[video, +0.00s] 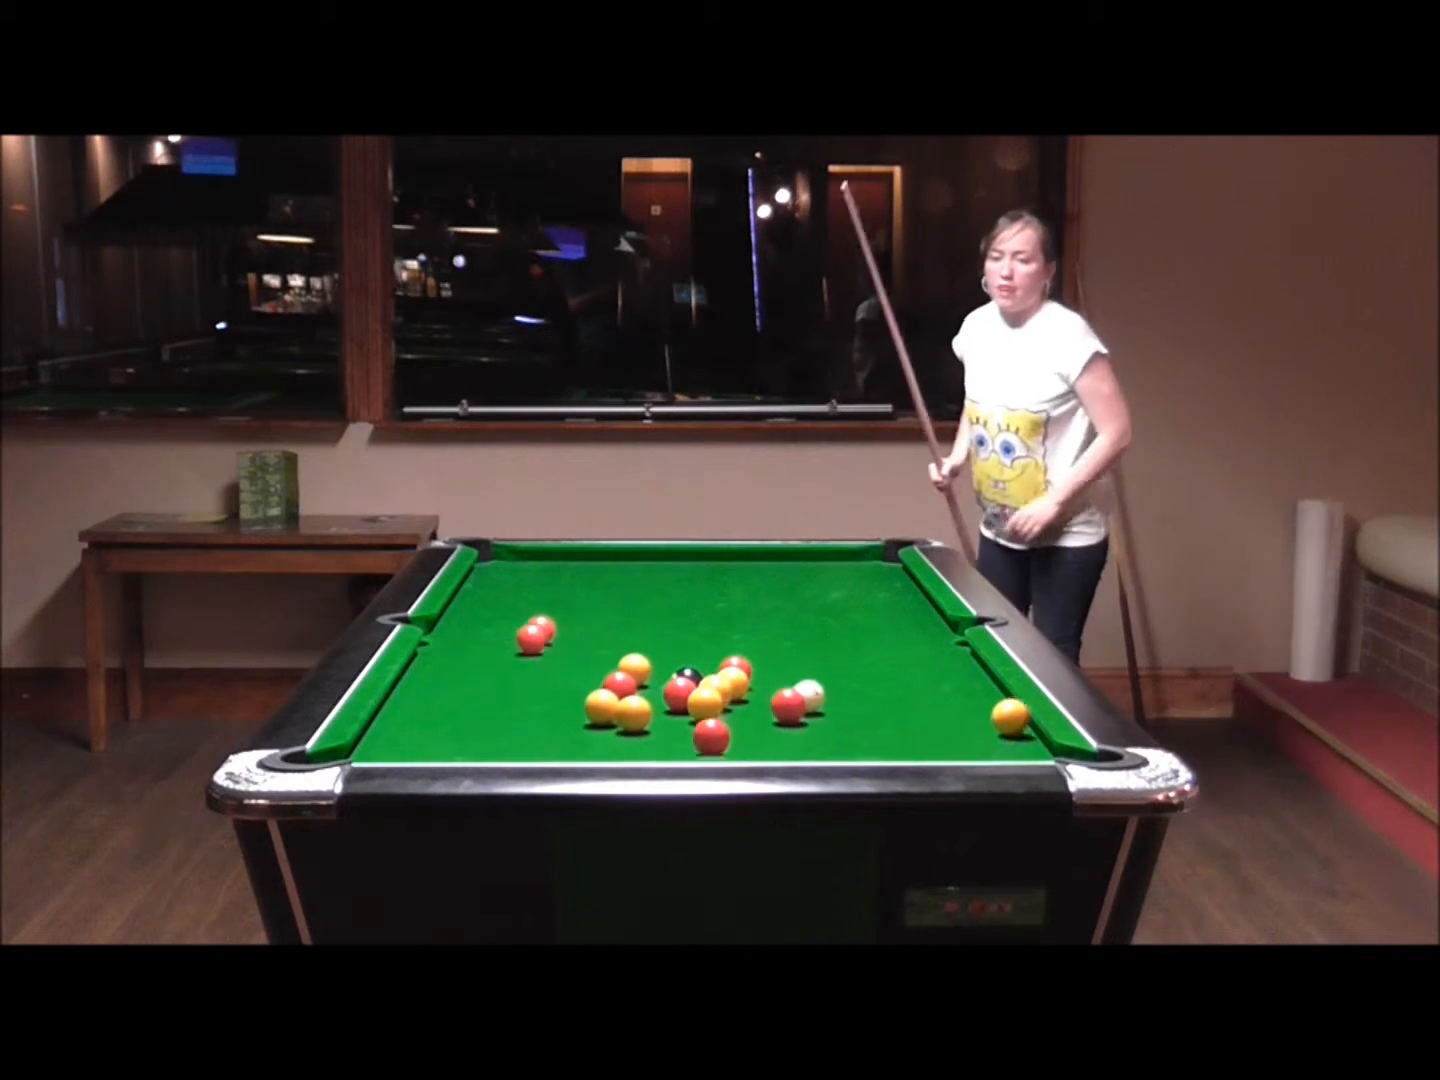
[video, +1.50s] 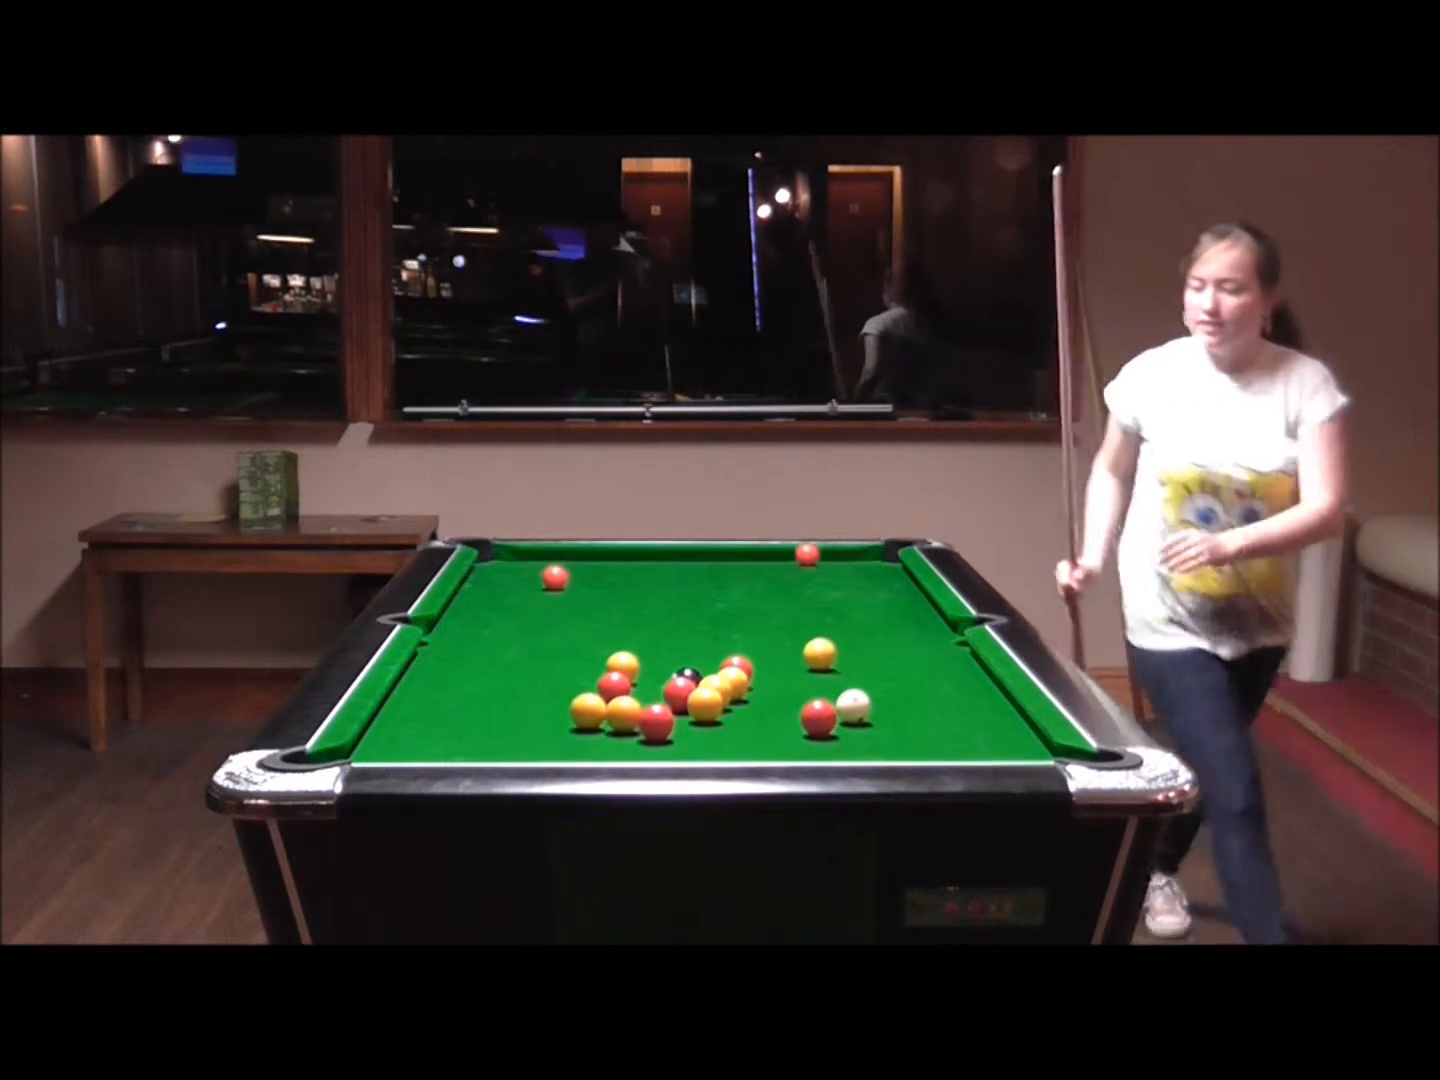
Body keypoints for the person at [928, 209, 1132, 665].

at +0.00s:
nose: (1006, 271)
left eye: (1022, 259)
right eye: (997, 257)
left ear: (1047, 273)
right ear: (984, 268)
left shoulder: (1069, 335)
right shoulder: (976, 327)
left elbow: (1117, 431)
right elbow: (974, 405)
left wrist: (1054, 502)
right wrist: (958, 456)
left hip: (1068, 534)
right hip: (1000, 527)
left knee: (1052, 662)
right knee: (988, 651)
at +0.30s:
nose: (1019, 266)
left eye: (1036, 254)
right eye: (1010, 252)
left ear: (1062, 267)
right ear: (996, 261)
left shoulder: (1083, 335)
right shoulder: (983, 324)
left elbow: (1128, 430)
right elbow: (976, 399)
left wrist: (1069, 502)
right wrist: (949, 453)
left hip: (1065, 535)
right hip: (992, 527)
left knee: (1054, 669)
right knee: (962, 647)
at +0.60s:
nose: (1002, 275)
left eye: (1019, 262)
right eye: (992, 261)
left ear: (1045, 272)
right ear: (978, 270)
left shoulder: (1076, 342)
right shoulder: (961, 336)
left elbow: (1109, 435)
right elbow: (948, 410)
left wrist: (1055, 504)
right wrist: (934, 467)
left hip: (1053, 545)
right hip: (977, 539)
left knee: (1019, 672)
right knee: (968, 664)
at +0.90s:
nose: (1029, 286)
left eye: (1045, 273)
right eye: (1018, 272)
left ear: (1069, 282)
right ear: (1001, 279)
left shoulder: (1103, 354)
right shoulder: (973, 350)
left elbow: (1138, 447)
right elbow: (954, 424)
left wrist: (1103, 526)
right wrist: (954, 487)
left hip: (1083, 553)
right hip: (1000, 551)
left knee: (1111, 692)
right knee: (983, 687)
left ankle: (1139, 850)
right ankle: (978, 838)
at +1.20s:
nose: (1126, 278)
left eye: (1144, 264)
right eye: (1114, 263)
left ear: (1170, 276)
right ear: (1097, 271)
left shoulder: (1205, 359)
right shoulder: (1061, 349)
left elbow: (1243, 459)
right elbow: (1031, 429)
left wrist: (1202, 541)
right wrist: (1021, 498)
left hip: (1167, 581)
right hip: (1075, 577)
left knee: (1160, 729)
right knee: (1067, 721)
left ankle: (1158, 872)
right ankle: (1062, 874)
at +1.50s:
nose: (1207, 303)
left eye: (1229, 288)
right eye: (1197, 285)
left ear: (1267, 303)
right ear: (1183, 291)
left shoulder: (1305, 383)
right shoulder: (1149, 376)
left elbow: (1328, 509)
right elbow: (1111, 469)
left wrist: (1226, 543)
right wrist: (1094, 556)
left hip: (1259, 628)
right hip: (1166, 622)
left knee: (1202, 771)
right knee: (1236, 793)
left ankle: (1157, 869)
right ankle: (1266, 936)